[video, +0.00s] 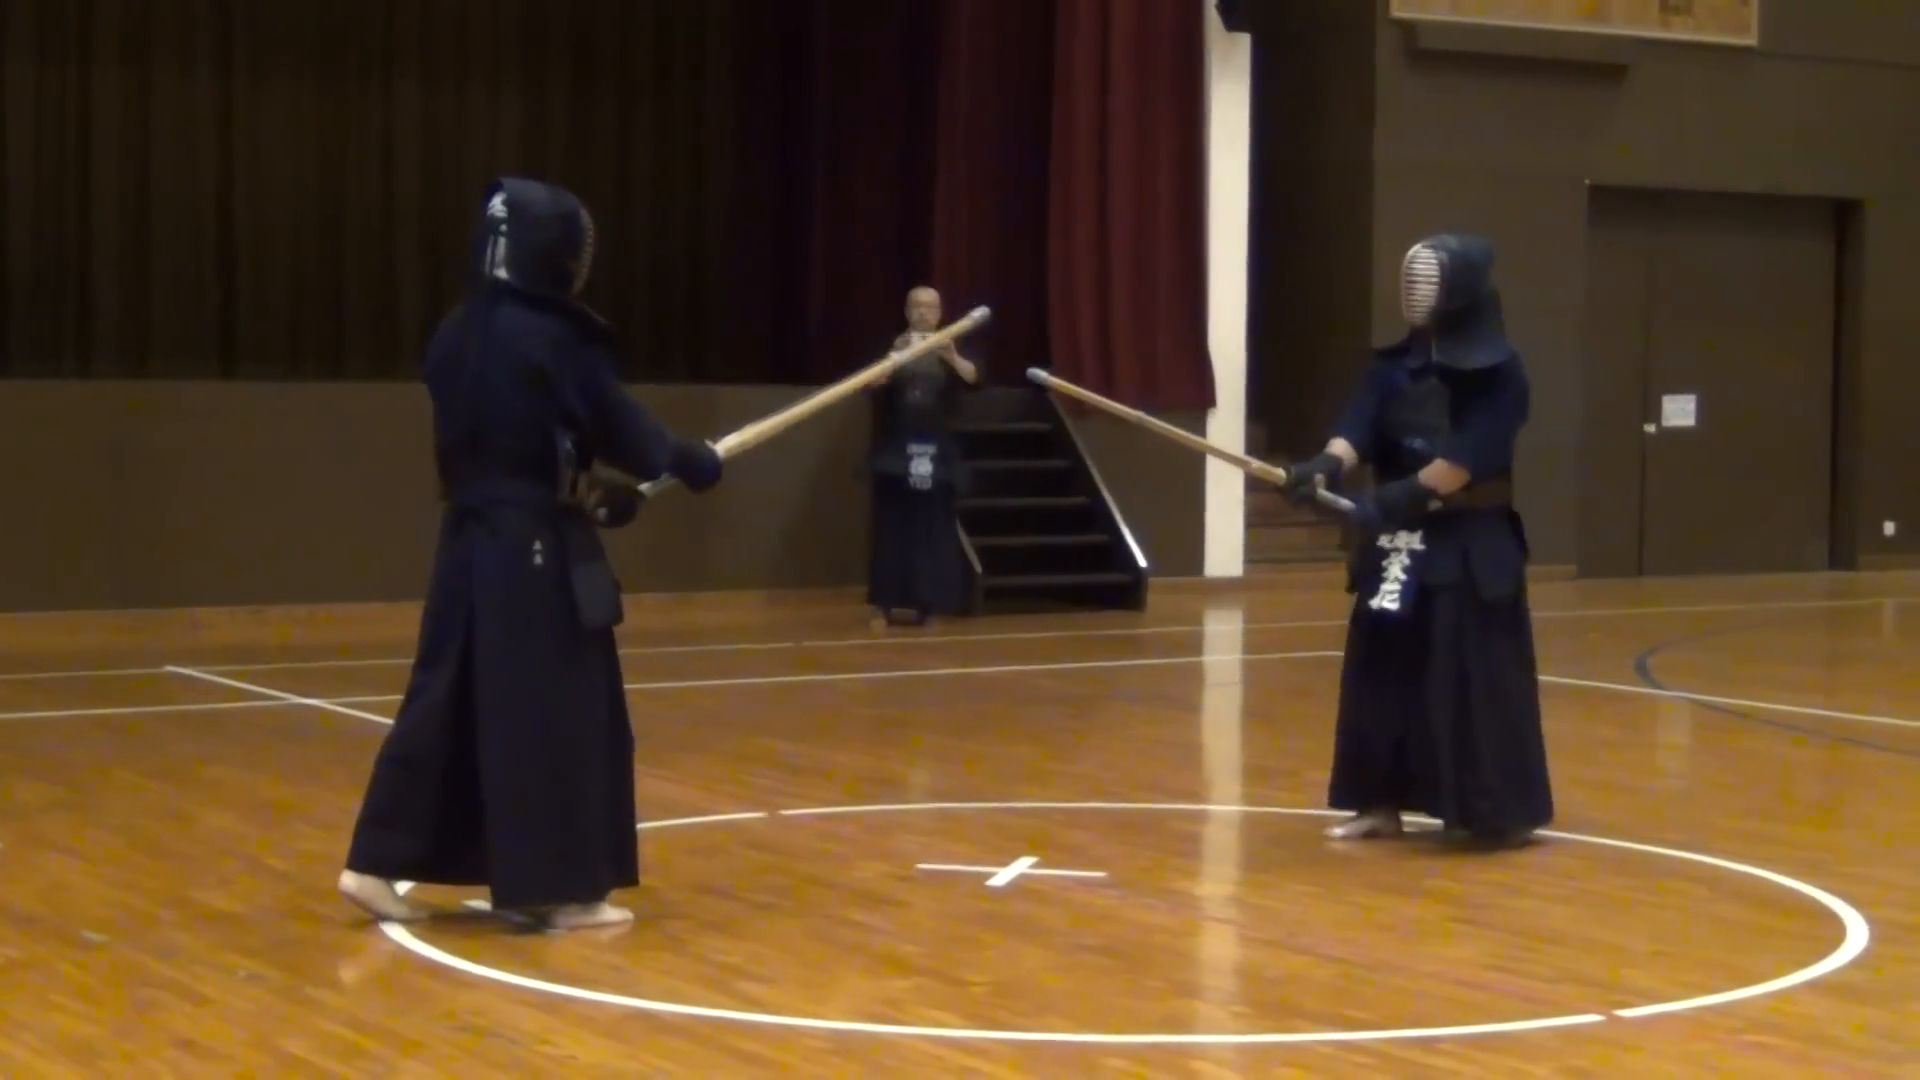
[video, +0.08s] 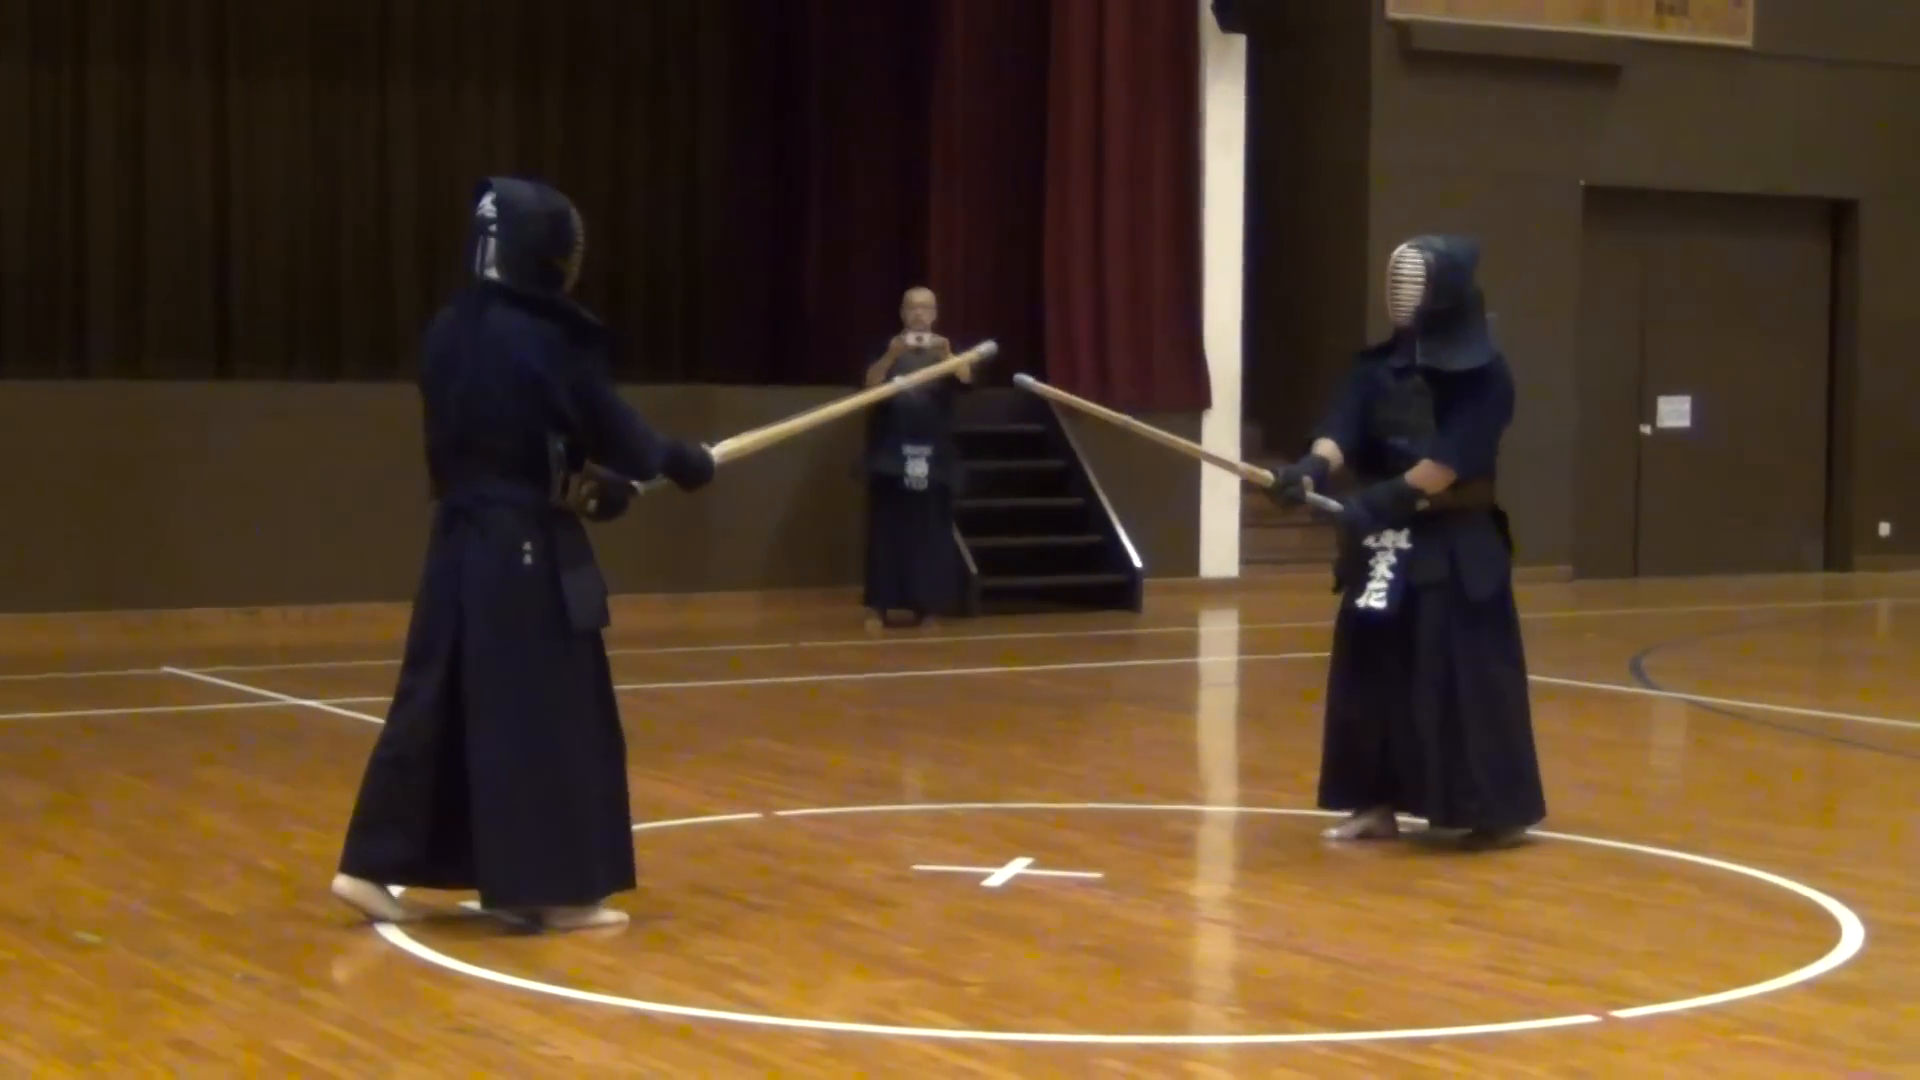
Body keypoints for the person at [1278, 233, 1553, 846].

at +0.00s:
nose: (1415, 296)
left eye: (1428, 285)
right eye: (1412, 284)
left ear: (1462, 290)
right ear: (1409, 288)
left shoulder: (1495, 370)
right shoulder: (1393, 364)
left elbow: (1468, 461)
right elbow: (1358, 426)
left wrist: (1391, 501)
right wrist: (1326, 467)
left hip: (1472, 538)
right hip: (1397, 533)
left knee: (1473, 670)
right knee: (1382, 666)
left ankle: (1491, 807)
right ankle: (1378, 804)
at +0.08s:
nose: (1399, 297)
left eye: (1412, 285)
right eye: (1396, 284)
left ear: (1446, 290)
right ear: (1392, 288)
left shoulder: (1480, 372)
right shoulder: (1377, 365)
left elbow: (1451, 462)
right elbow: (1343, 428)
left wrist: (1377, 501)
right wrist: (1311, 469)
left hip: (1458, 538)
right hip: (1384, 533)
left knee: (1468, 668)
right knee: (1373, 666)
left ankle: (1497, 807)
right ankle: (1375, 805)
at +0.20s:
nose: (1383, 298)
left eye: (1396, 287)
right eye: (1381, 286)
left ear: (1430, 292)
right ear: (1378, 290)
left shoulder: (1464, 371)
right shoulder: (1362, 364)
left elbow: (1434, 459)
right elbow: (1326, 426)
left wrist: (1361, 501)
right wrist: (1296, 469)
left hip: (1442, 535)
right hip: (1370, 531)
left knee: (1451, 665)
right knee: (1362, 664)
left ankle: (1491, 804)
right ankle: (1369, 802)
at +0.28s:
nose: (1373, 297)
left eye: (1386, 286)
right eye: (1371, 285)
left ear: (1420, 292)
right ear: (1369, 289)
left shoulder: (1455, 372)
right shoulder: (1352, 364)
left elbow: (1426, 458)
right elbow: (1317, 424)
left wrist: (1352, 500)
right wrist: (1286, 467)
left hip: (1434, 536)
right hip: (1361, 531)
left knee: (1444, 665)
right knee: (1353, 662)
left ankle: (1482, 806)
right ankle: (1360, 803)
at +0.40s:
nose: (1363, 297)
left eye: (1376, 285)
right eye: (1361, 284)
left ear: (1411, 291)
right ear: (1359, 288)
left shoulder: (1445, 371)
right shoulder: (1345, 363)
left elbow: (1416, 459)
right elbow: (1309, 425)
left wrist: (1344, 501)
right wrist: (1276, 467)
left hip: (1424, 531)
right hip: (1355, 527)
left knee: (1438, 662)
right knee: (1346, 660)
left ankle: (1480, 803)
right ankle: (1356, 803)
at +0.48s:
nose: (1358, 298)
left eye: (1372, 286)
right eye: (1357, 285)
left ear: (1407, 291)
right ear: (1355, 288)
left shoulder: (1443, 373)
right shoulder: (1342, 365)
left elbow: (1413, 465)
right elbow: (1305, 429)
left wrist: (1338, 503)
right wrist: (1272, 471)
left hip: (1421, 536)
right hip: (1350, 531)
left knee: (1433, 665)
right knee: (1343, 662)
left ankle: (1475, 803)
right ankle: (1351, 802)